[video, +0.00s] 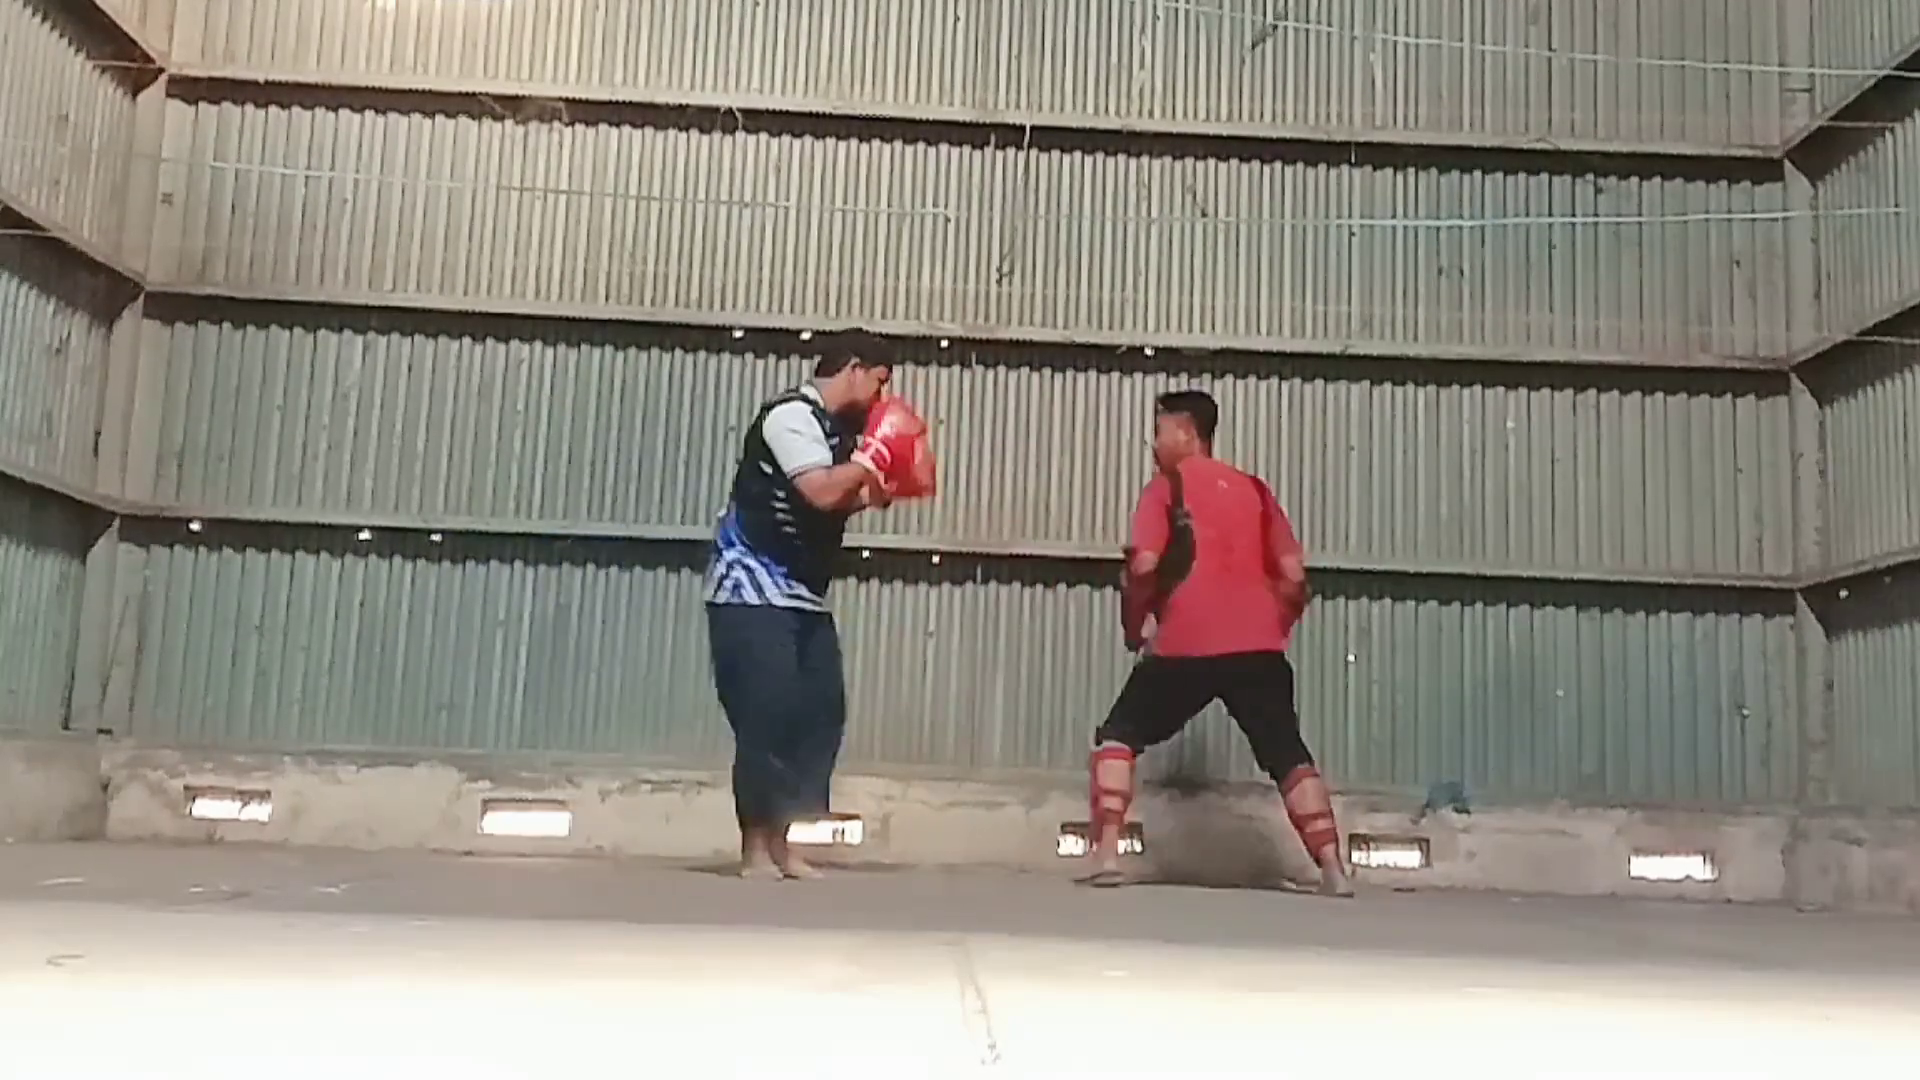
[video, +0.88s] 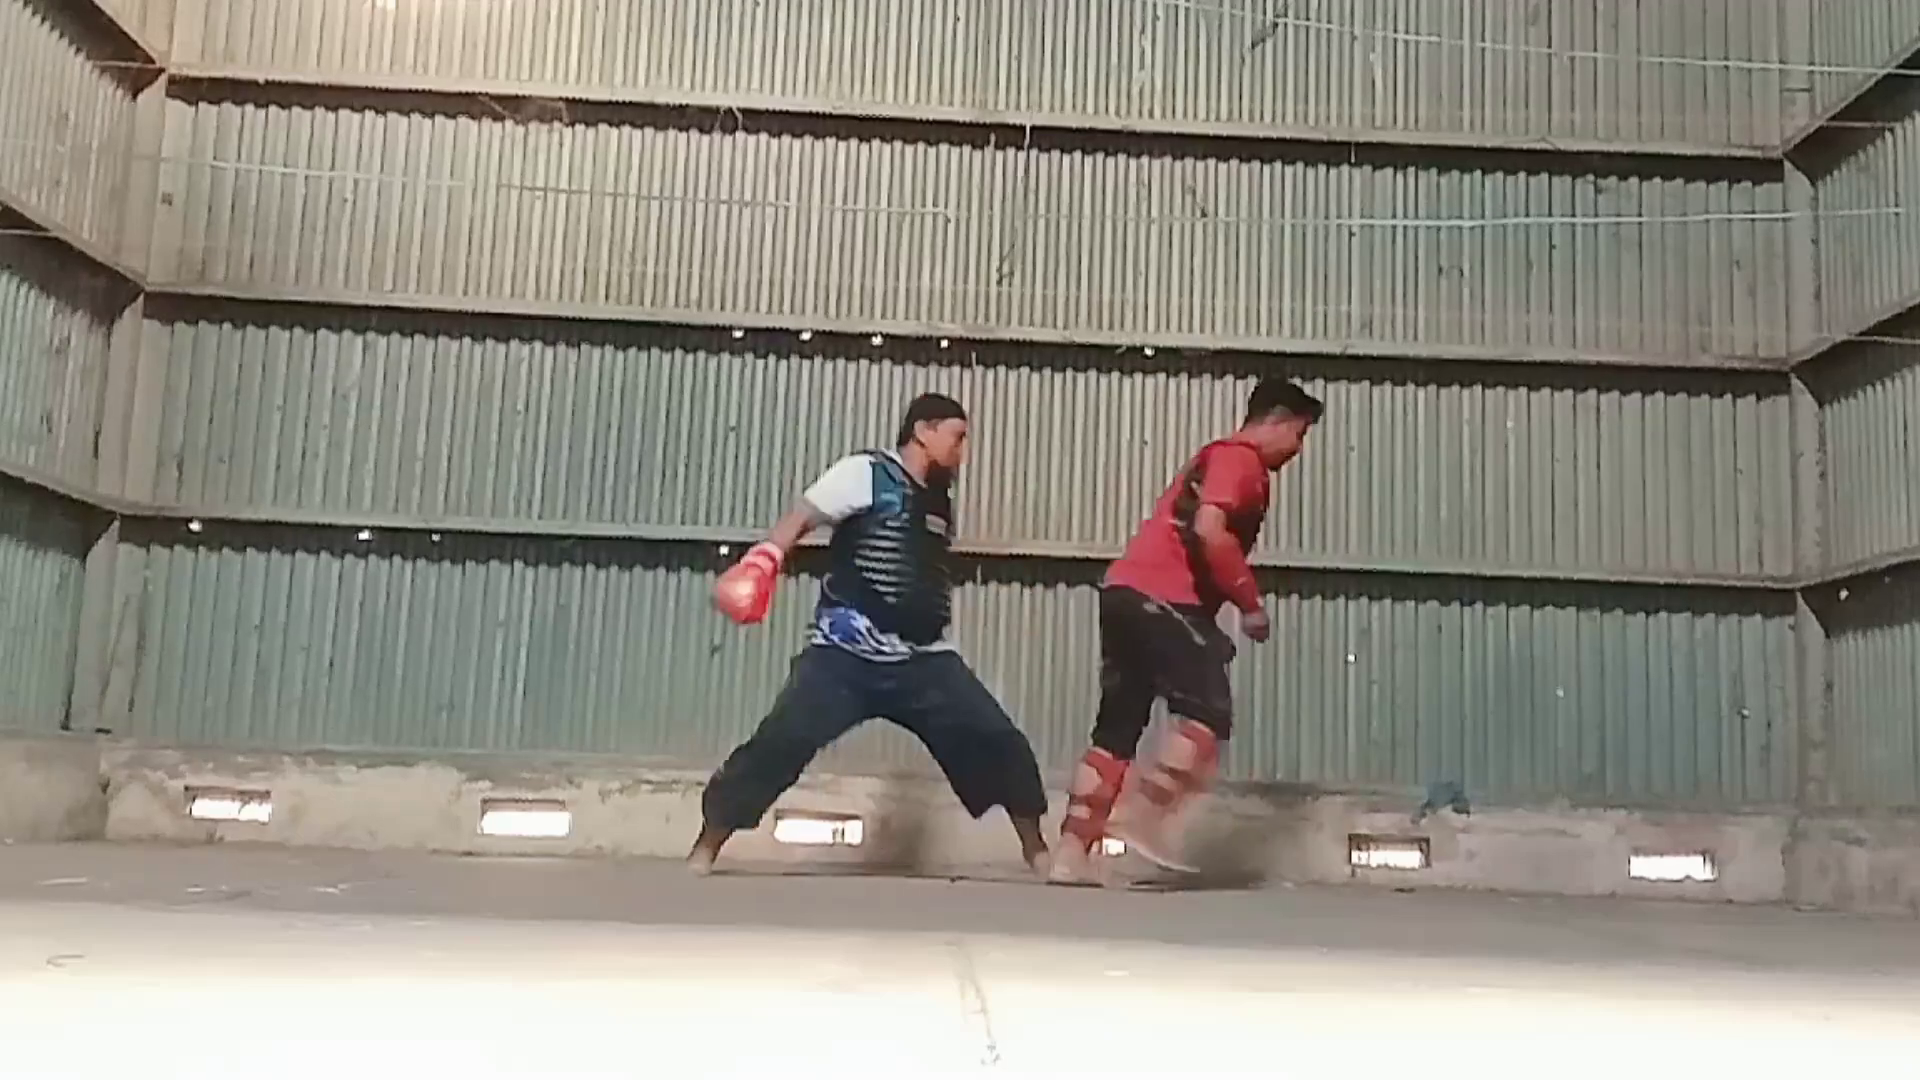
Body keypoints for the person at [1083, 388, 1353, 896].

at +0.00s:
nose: (1153, 442)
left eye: (1159, 430)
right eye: (1155, 430)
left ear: (1185, 431)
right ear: (1200, 435)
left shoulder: (1165, 489)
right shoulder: (1255, 488)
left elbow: (1143, 565)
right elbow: (1293, 576)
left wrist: (1132, 629)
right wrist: (1270, 635)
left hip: (1186, 653)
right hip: (1257, 653)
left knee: (1117, 737)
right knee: (1288, 756)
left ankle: (1106, 855)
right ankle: (1333, 868)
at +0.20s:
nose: (1235, 427)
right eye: (1239, 418)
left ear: (1193, 412)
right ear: (1241, 418)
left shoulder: (1156, 466)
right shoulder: (1250, 467)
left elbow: (1138, 539)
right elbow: (1262, 543)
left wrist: (1161, 592)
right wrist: (1284, 621)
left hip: (1154, 616)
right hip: (1223, 617)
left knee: (1132, 735)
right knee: (1273, 728)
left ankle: (1134, 858)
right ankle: (1316, 844)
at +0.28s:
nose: (1268, 416)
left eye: (1268, 405)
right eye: (1265, 404)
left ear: (1219, 404)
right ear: (1240, 402)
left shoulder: (1178, 449)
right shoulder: (1235, 445)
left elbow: (1177, 534)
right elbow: (1229, 529)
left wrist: (1235, 581)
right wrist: (1272, 598)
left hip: (1119, 586)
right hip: (1181, 587)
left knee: (1129, 715)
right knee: (1242, 685)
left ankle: (1109, 843)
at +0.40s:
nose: (1245, 427)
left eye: (1258, 420)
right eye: (1237, 414)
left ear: (1269, 430)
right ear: (1220, 413)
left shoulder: (1235, 488)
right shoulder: (1200, 452)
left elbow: (1199, 561)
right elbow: (1169, 515)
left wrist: (1234, 581)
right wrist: (1227, 562)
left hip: (1134, 593)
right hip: (1120, 569)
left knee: (1106, 724)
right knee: (1111, 641)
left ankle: (1075, 853)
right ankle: (1035, 572)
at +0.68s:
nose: (1265, 453)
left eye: (1278, 448)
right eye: (1258, 439)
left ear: (1284, 458)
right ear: (1235, 436)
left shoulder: (1232, 510)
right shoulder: (1211, 477)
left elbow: (1177, 583)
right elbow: (1159, 532)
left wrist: (1176, 646)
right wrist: (1203, 602)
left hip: (1129, 614)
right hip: (1111, 575)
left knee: (1108, 738)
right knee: (1060, 659)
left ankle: (1072, 859)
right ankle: (968, 586)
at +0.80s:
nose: (1291, 455)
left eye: (1296, 445)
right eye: (1289, 441)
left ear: (1253, 432)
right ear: (1257, 428)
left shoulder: (1229, 476)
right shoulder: (1226, 466)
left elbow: (1188, 569)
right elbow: (1188, 528)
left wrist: (1200, 634)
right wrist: (1232, 601)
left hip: (1124, 592)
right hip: (1137, 592)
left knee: (1117, 728)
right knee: (1170, 709)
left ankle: (1074, 853)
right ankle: (1060, 746)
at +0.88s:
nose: (1299, 448)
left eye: (1303, 437)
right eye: (1299, 434)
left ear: (1257, 422)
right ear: (1275, 423)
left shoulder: (1218, 457)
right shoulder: (1240, 459)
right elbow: (1209, 529)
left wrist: (1207, 620)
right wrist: (1250, 604)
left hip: (1124, 589)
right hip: (1165, 597)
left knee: (1120, 720)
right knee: (1206, 715)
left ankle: (1072, 853)